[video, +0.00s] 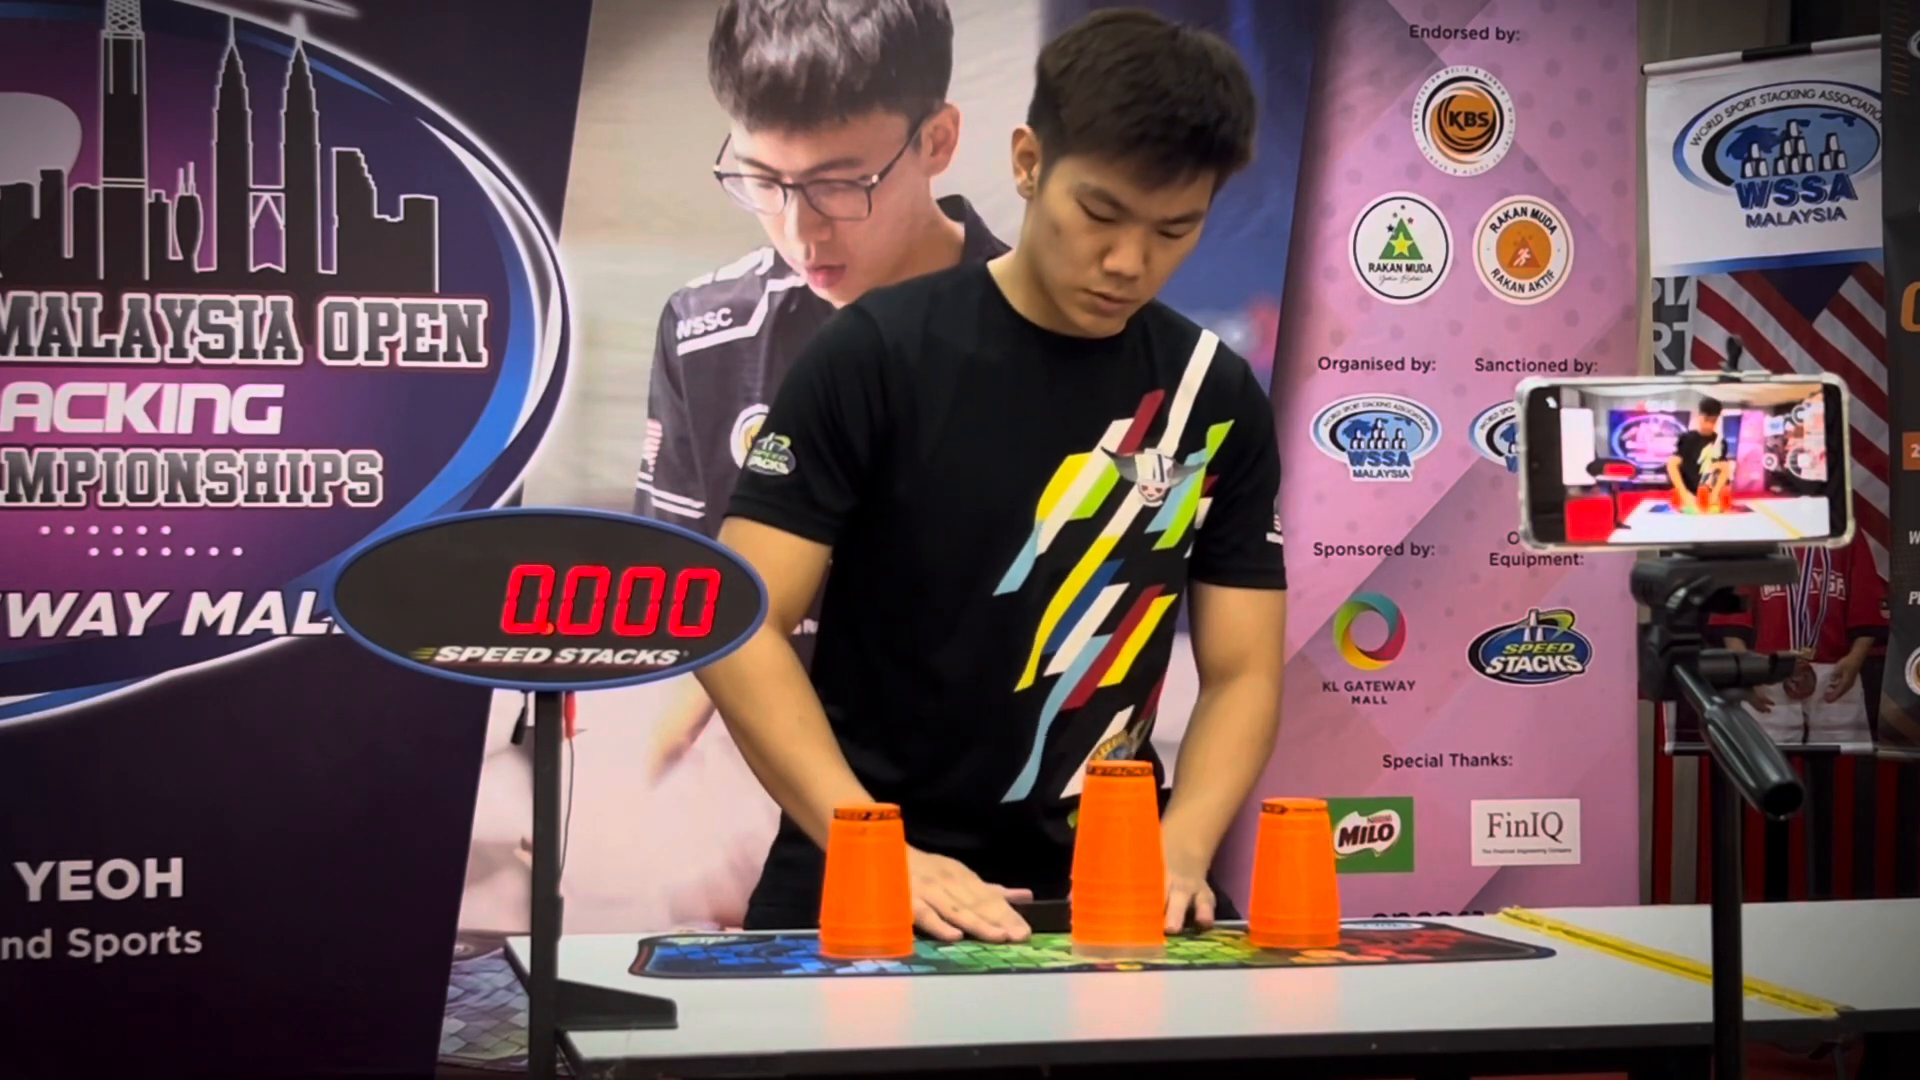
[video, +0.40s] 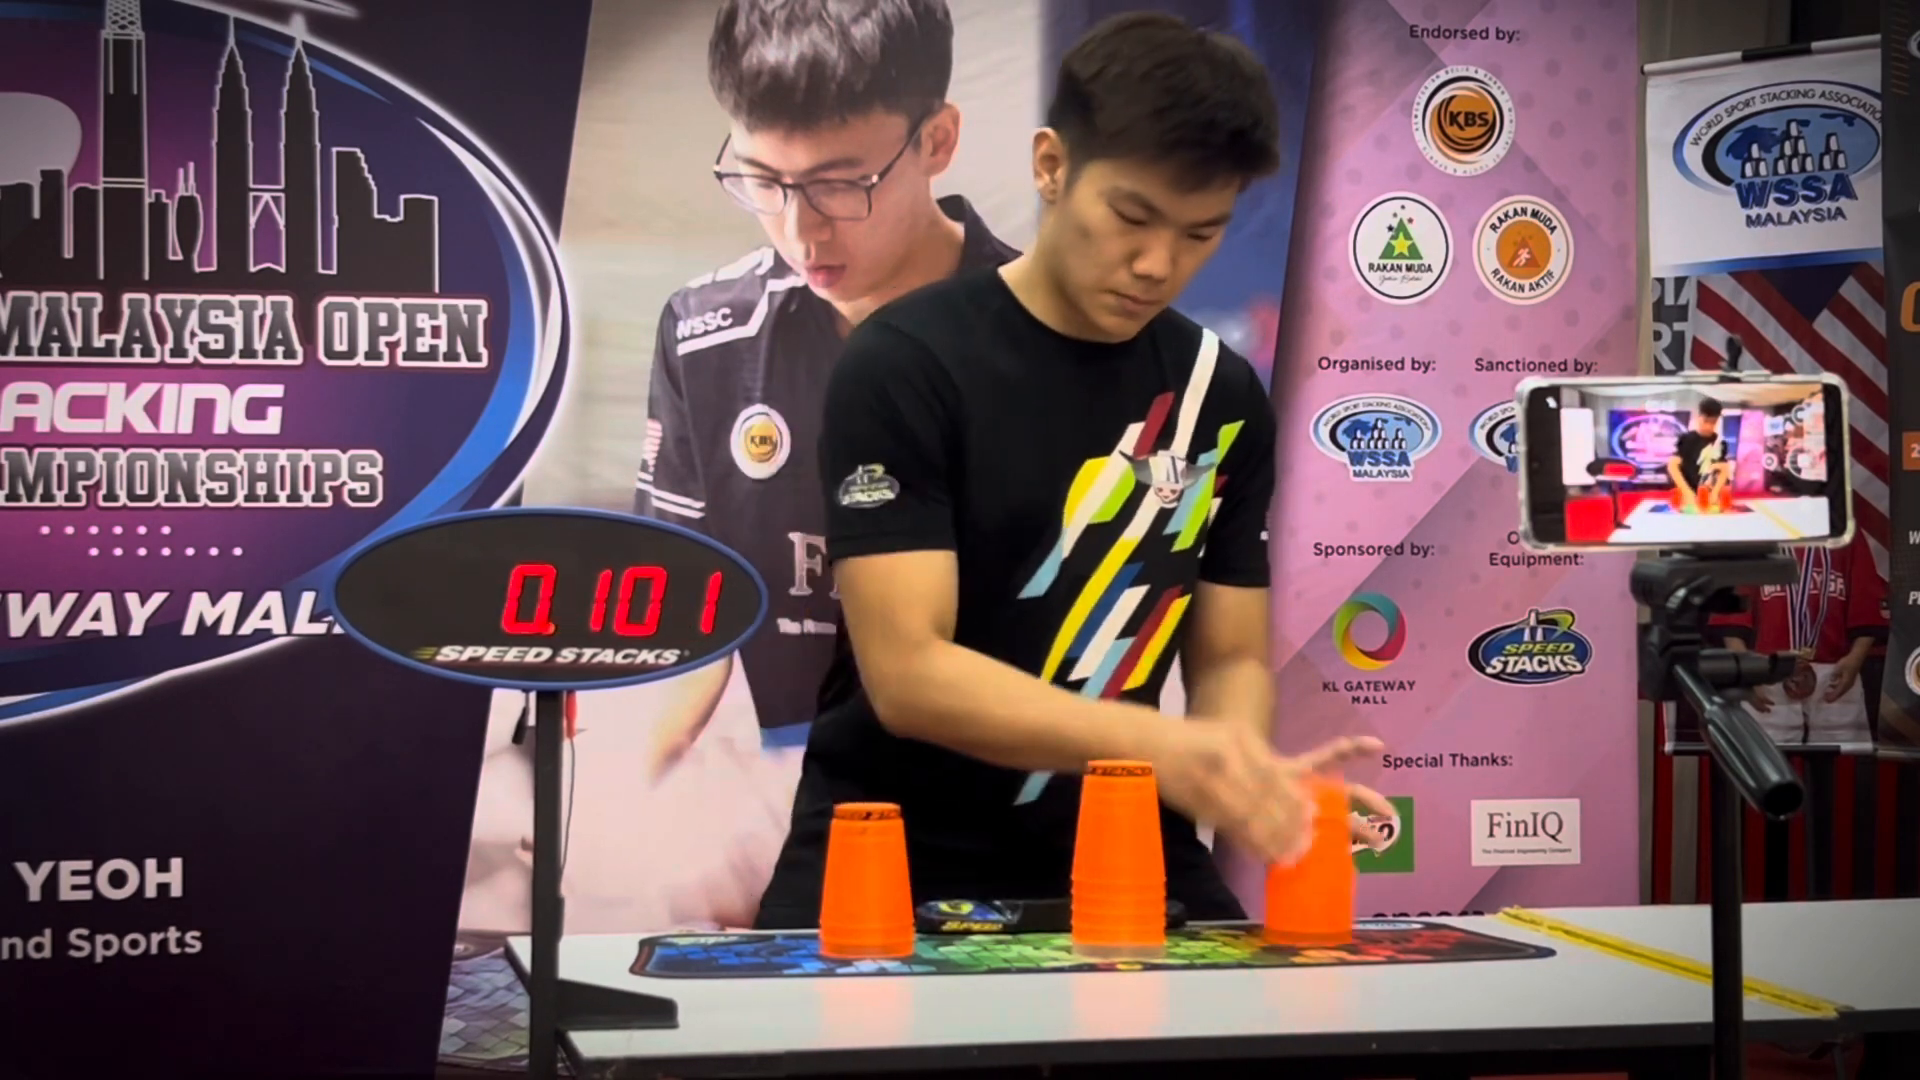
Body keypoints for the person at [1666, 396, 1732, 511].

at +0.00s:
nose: (1709, 425)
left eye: (1713, 421)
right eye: (1706, 420)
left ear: (1717, 420)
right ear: (1700, 417)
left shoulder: (1720, 442)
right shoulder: (1687, 439)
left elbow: (1724, 470)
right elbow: (1672, 465)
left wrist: (1714, 494)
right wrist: (1685, 496)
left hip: (1710, 500)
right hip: (1690, 499)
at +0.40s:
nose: (1709, 426)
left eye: (1713, 422)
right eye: (1706, 421)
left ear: (1717, 421)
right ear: (1699, 418)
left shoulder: (1720, 443)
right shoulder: (1686, 439)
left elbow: (1724, 469)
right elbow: (1672, 465)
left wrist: (1714, 494)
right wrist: (1688, 494)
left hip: (1711, 500)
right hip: (1690, 500)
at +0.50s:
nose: (1709, 427)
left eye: (1713, 422)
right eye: (1706, 421)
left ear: (1717, 421)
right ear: (1699, 418)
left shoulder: (1721, 443)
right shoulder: (1687, 439)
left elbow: (1723, 471)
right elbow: (1676, 467)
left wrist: (1715, 491)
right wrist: (1696, 485)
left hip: (1711, 497)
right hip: (1688, 497)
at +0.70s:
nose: (1714, 426)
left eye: (1717, 422)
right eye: (1711, 421)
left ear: (1721, 422)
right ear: (1702, 418)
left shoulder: (1721, 443)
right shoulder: (1690, 440)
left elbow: (1724, 467)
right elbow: (1688, 470)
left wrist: (1726, 482)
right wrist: (1713, 480)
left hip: (1715, 496)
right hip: (1693, 495)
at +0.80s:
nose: (1714, 426)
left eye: (1718, 422)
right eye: (1712, 421)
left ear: (1721, 422)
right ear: (1703, 418)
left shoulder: (1722, 443)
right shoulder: (1691, 440)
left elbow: (1725, 467)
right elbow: (1688, 470)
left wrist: (1729, 487)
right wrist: (1713, 486)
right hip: (1693, 494)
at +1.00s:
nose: (1712, 425)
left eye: (1716, 421)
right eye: (1710, 420)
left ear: (1720, 422)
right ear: (1701, 418)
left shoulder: (1721, 443)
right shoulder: (1689, 439)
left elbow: (1723, 471)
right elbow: (1681, 469)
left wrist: (1715, 489)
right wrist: (1696, 486)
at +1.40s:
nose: (1710, 423)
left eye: (1714, 418)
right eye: (1707, 417)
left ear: (1717, 418)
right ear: (1700, 414)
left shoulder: (1721, 440)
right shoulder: (1688, 437)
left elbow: (1724, 468)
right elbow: (1677, 463)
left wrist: (1715, 484)